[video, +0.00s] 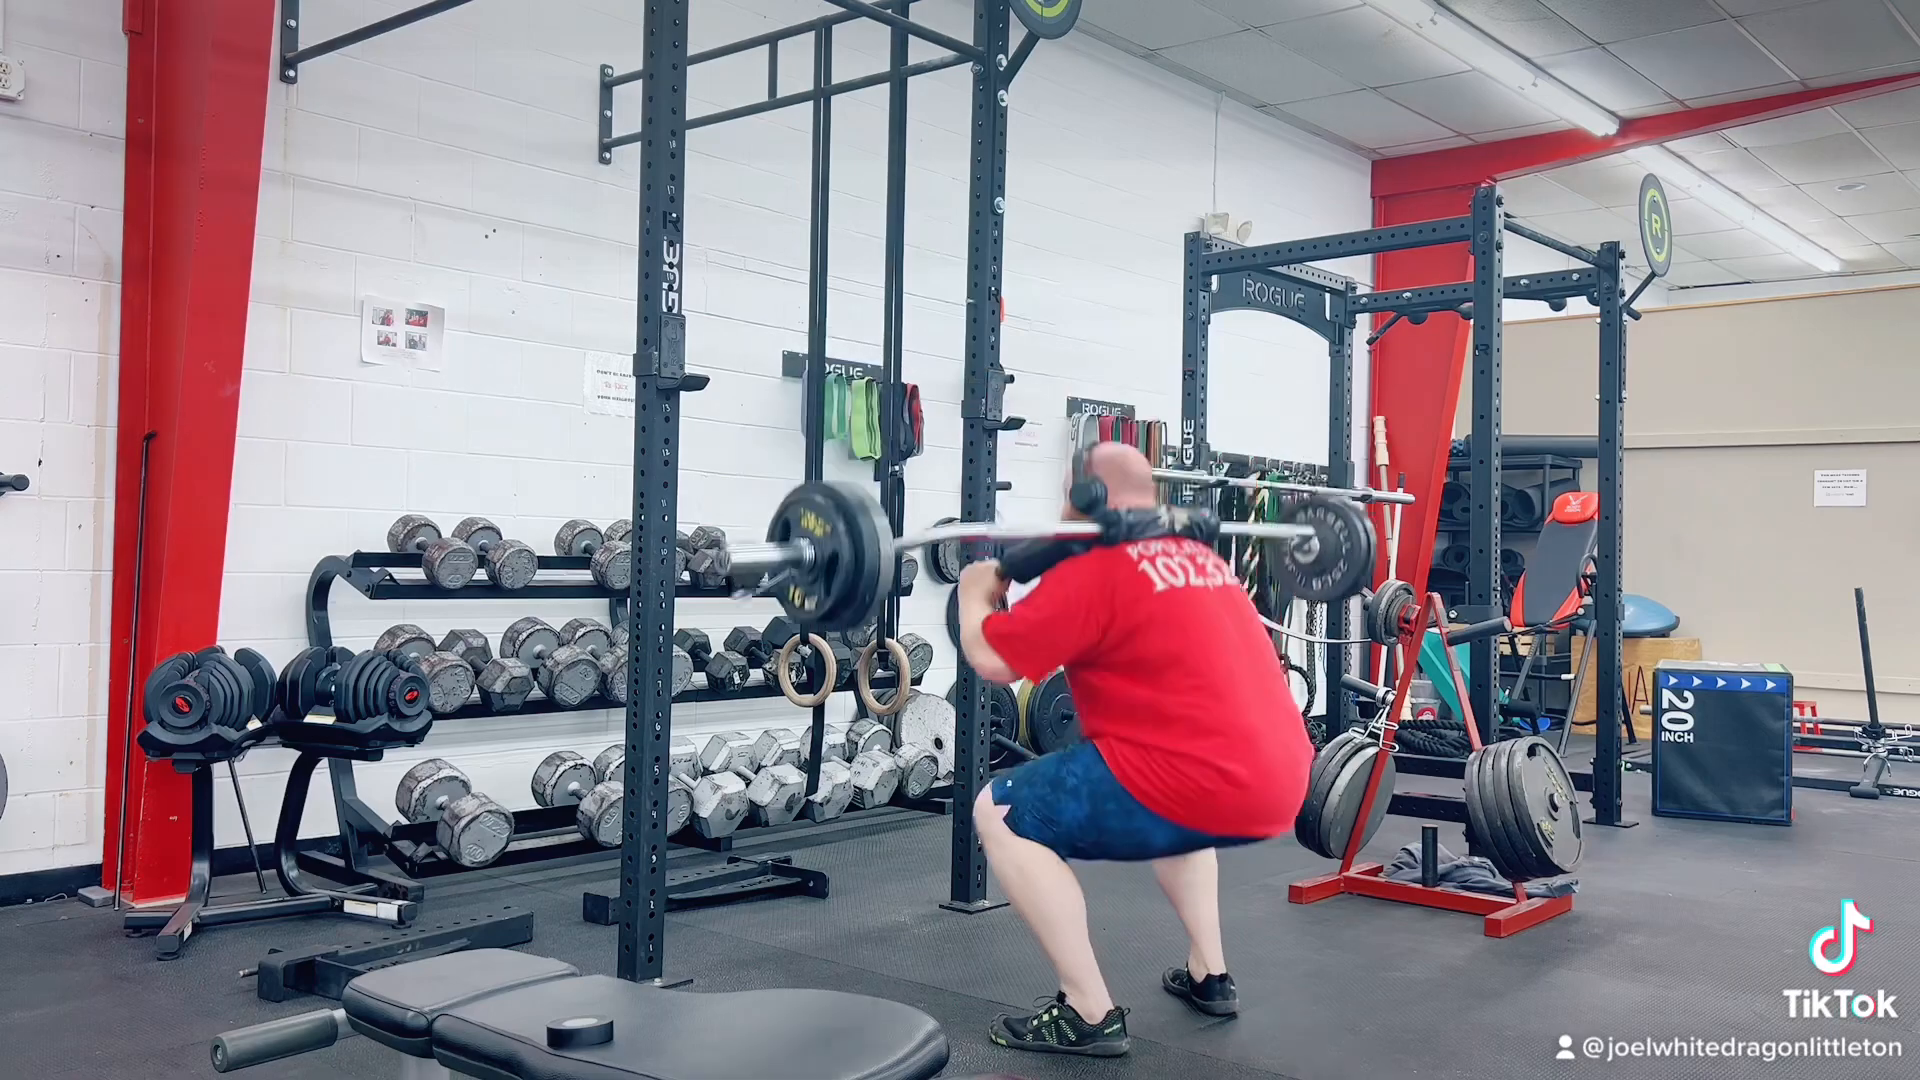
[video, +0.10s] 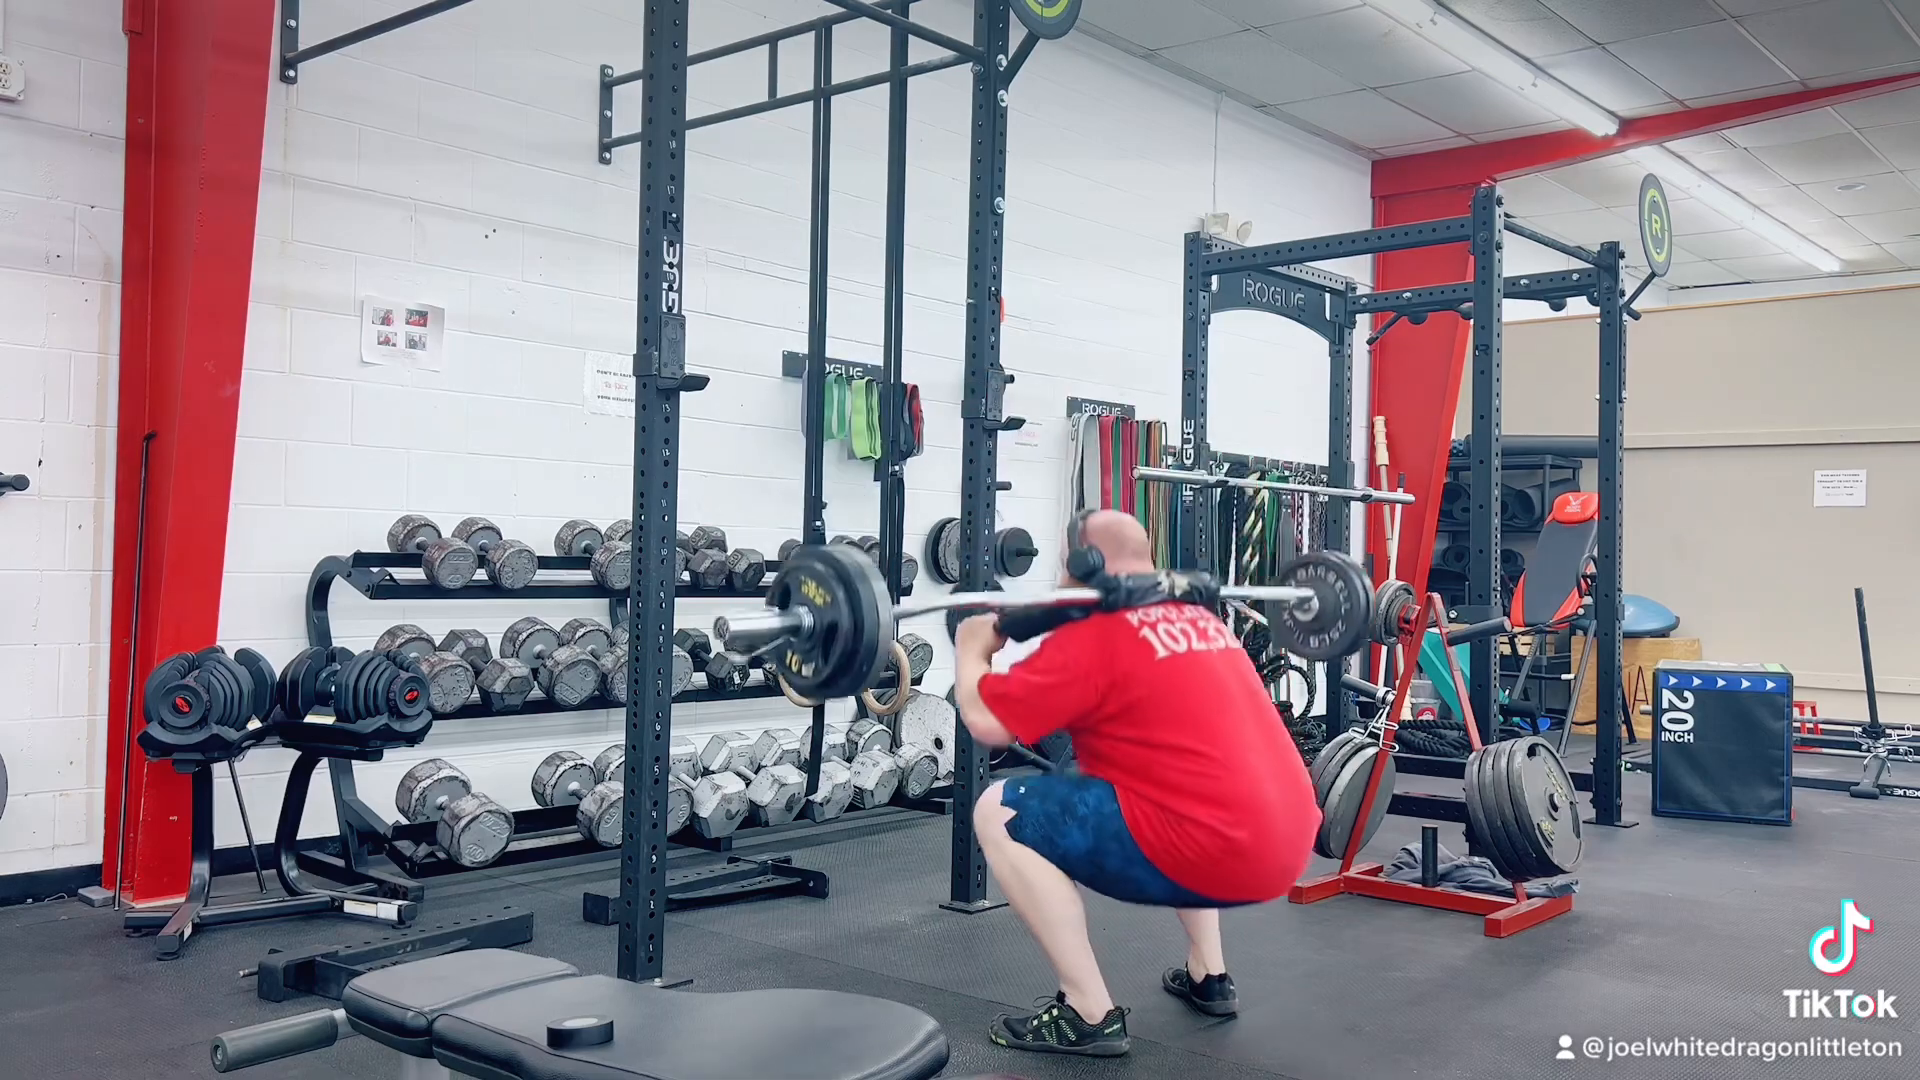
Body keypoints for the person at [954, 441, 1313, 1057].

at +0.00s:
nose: (1067, 509)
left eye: (1069, 499)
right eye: (1073, 499)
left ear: (1080, 504)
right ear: (1153, 500)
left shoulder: (1097, 572)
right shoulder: (1201, 557)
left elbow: (992, 659)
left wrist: (972, 592)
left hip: (1186, 785)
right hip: (1277, 783)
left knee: (999, 810)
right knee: (1158, 797)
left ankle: (1089, 1010)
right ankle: (1210, 973)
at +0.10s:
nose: (1063, 576)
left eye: (1064, 566)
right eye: (1066, 566)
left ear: (1075, 573)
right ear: (1149, 566)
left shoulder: (1095, 638)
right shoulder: (1199, 619)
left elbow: (987, 720)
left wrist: (972, 650)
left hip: (1203, 858)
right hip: (1282, 853)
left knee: (999, 811)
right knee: (1159, 782)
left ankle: (1088, 1010)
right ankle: (1209, 974)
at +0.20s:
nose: (1067, 616)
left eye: (1069, 605)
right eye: (1069, 605)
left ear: (1081, 609)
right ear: (1152, 602)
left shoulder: (1098, 674)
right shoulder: (1204, 655)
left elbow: (989, 757)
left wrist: (971, 683)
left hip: (1206, 899)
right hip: (1284, 890)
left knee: (1000, 815)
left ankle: (1088, 1009)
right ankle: (1208, 973)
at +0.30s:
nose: (1067, 598)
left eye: (1068, 590)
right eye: (1070, 590)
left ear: (1075, 598)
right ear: (1151, 591)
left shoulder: (1099, 665)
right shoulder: (1202, 644)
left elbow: (993, 752)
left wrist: (975, 681)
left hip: (1208, 886)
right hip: (1286, 877)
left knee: (999, 815)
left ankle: (1088, 1008)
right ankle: (1209, 972)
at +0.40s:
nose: (1063, 547)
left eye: (1065, 538)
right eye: (1066, 539)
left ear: (1080, 542)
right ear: (1147, 532)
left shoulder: (1104, 601)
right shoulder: (1207, 584)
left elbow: (1002, 696)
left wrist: (977, 634)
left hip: (1206, 805)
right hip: (1297, 803)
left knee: (1014, 805)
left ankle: (1089, 1008)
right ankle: (1212, 974)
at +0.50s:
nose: (1064, 477)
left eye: (1064, 468)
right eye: (1066, 468)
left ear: (1079, 470)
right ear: (1149, 462)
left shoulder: (1108, 530)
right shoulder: (1212, 517)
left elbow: (1013, 626)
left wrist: (980, 570)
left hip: (1194, 732)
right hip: (1291, 731)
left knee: (1024, 800)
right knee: (1194, 806)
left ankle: (1089, 1008)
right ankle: (1214, 974)